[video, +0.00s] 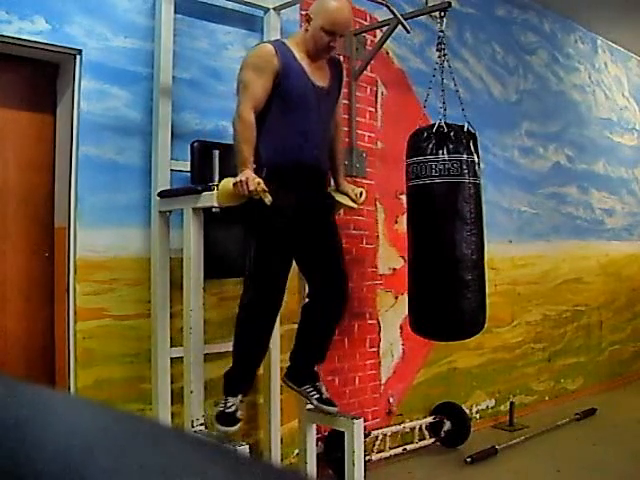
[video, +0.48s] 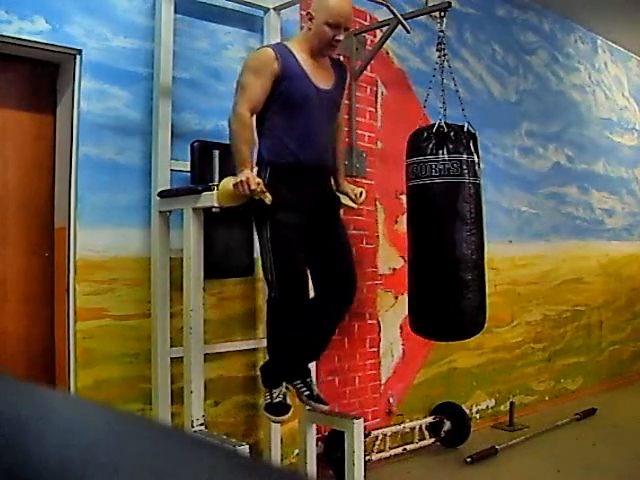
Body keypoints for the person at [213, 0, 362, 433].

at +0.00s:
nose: (335, 44)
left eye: (341, 37)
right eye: (330, 34)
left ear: (345, 33)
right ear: (307, 20)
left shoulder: (335, 68)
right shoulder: (268, 56)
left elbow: (333, 123)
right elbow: (245, 112)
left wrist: (338, 177)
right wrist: (246, 168)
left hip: (314, 193)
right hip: (273, 191)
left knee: (332, 289)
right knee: (263, 294)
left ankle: (302, 373)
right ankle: (235, 388)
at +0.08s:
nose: (332, 41)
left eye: (339, 35)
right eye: (328, 31)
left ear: (343, 33)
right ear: (307, 16)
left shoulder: (334, 69)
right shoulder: (266, 56)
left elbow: (333, 124)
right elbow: (246, 112)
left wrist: (339, 178)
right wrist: (246, 168)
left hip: (315, 191)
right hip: (274, 190)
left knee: (334, 287)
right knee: (268, 291)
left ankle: (300, 370)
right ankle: (245, 385)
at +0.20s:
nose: (333, 36)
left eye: (339, 30)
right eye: (328, 26)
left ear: (343, 29)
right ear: (306, 13)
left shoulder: (334, 68)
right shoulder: (267, 55)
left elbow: (333, 124)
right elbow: (246, 112)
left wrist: (339, 177)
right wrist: (246, 169)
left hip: (316, 187)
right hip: (275, 186)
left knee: (338, 283)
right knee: (281, 286)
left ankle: (300, 362)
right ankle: (263, 378)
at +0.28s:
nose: (334, 35)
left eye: (340, 29)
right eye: (330, 25)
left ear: (344, 28)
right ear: (307, 12)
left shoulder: (334, 68)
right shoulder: (267, 55)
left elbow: (333, 124)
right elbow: (246, 113)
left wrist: (339, 177)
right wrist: (246, 169)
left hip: (316, 185)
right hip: (276, 184)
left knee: (340, 280)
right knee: (284, 284)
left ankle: (301, 360)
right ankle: (270, 375)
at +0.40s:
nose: (337, 35)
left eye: (343, 29)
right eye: (332, 25)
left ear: (347, 28)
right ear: (307, 14)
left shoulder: (337, 70)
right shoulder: (268, 57)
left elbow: (333, 125)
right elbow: (244, 113)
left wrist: (339, 177)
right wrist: (246, 169)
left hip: (318, 189)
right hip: (277, 188)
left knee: (341, 285)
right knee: (288, 288)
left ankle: (300, 361)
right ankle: (276, 374)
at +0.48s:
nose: (338, 37)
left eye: (344, 30)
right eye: (333, 26)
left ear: (348, 30)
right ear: (308, 16)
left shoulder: (338, 71)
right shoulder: (270, 59)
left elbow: (333, 126)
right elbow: (242, 113)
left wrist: (339, 178)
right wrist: (245, 169)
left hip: (318, 189)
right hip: (278, 188)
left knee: (340, 286)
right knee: (288, 290)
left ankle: (298, 363)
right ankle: (275, 375)